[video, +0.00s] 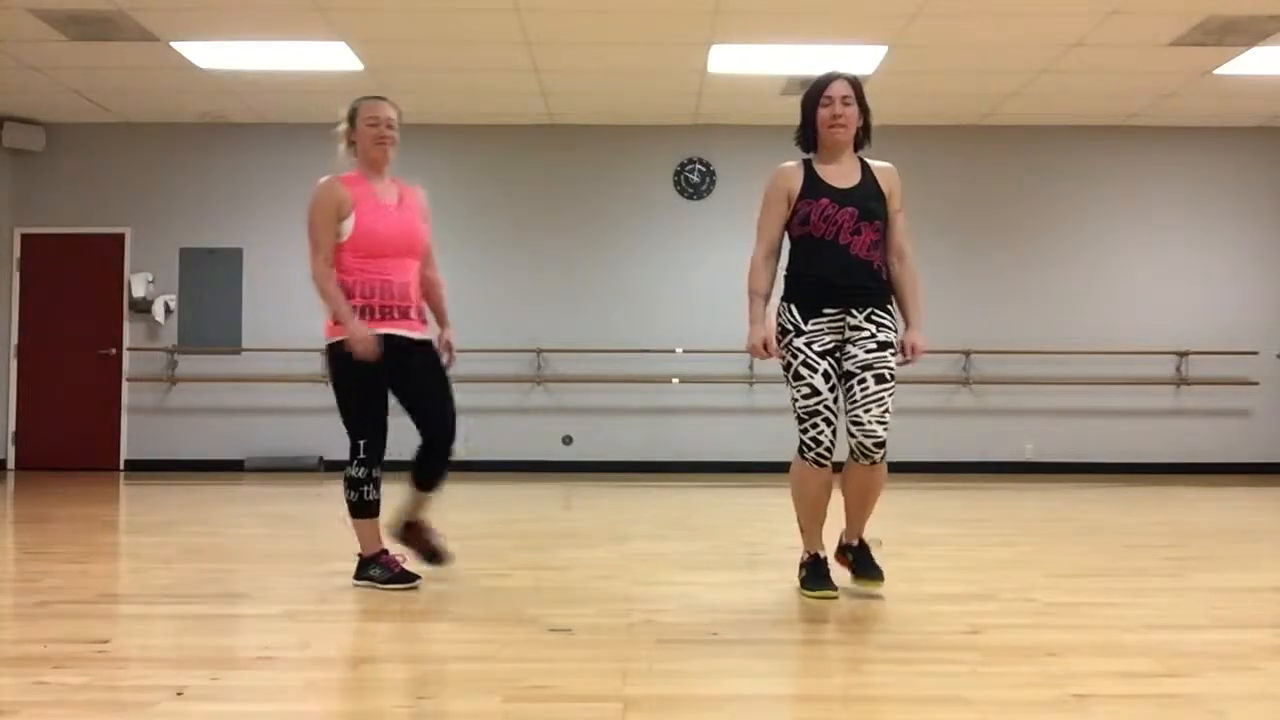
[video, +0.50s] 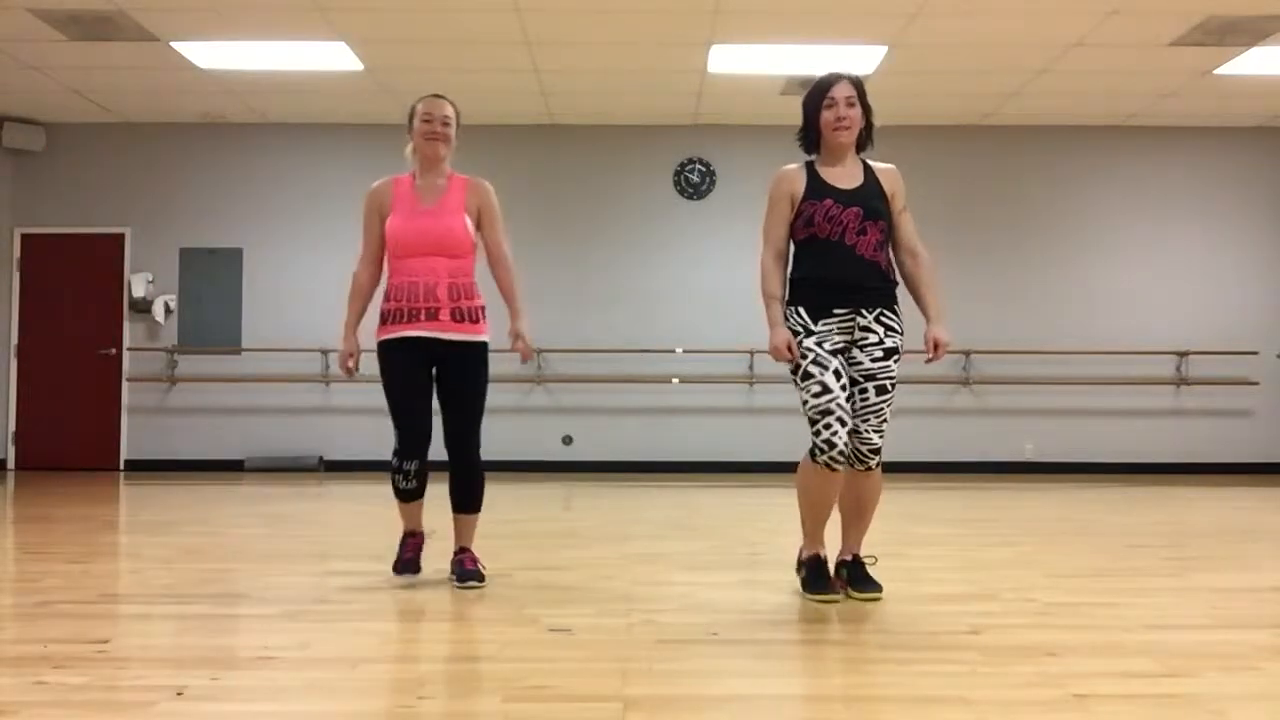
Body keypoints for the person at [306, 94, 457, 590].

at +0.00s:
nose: (384, 132)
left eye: (391, 126)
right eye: (373, 124)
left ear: (398, 136)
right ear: (351, 134)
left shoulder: (412, 196)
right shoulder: (333, 191)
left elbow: (426, 268)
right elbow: (321, 269)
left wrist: (444, 323)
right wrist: (350, 323)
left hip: (410, 338)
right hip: (356, 338)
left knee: (441, 430)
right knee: (368, 443)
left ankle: (412, 520)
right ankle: (371, 554)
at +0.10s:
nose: (398, 131)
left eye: (405, 124)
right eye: (387, 123)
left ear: (413, 135)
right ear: (367, 133)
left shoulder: (433, 196)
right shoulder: (347, 193)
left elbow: (446, 267)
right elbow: (332, 269)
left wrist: (462, 325)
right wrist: (367, 313)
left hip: (428, 336)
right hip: (368, 337)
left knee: (445, 444)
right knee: (374, 447)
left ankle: (457, 547)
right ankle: (371, 554)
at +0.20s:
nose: (411, 130)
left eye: (419, 124)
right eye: (400, 123)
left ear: (429, 135)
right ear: (382, 134)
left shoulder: (453, 194)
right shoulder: (361, 196)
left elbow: (467, 264)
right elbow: (347, 270)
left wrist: (481, 326)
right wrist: (366, 317)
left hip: (442, 340)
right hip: (383, 339)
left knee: (452, 449)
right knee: (391, 446)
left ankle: (461, 552)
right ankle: (374, 554)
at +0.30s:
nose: (424, 128)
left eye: (431, 122)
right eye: (413, 121)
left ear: (442, 134)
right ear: (396, 133)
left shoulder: (466, 192)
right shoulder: (374, 195)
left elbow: (486, 264)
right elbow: (364, 266)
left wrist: (501, 325)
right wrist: (359, 324)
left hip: (452, 335)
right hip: (391, 335)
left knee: (458, 446)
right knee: (406, 439)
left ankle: (463, 551)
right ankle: (397, 545)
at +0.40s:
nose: (432, 126)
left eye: (440, 121)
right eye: (422, 119)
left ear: (451, 135)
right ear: (404, 131)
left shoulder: (472, 191)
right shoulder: (381, 194)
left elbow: (496, 260)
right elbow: (368, 267)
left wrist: (516, 324)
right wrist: (352, 333)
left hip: (460, 333)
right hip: (398, 333)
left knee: (462, 443)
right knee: (411, 436)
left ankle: (464, 550)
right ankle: (410, 530)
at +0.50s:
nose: (436, 127)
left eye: (445, 121)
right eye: (427, 119)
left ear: (456, 135)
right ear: (409, 131)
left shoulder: (476, 192)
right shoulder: (384, 194)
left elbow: (499, 257)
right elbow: (369, 267)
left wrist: (517, 319)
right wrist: (350, 330)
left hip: (463, 334)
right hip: (401, 334)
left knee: (463, 443)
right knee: (412, 439)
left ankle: (465, 550)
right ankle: (410, 536)